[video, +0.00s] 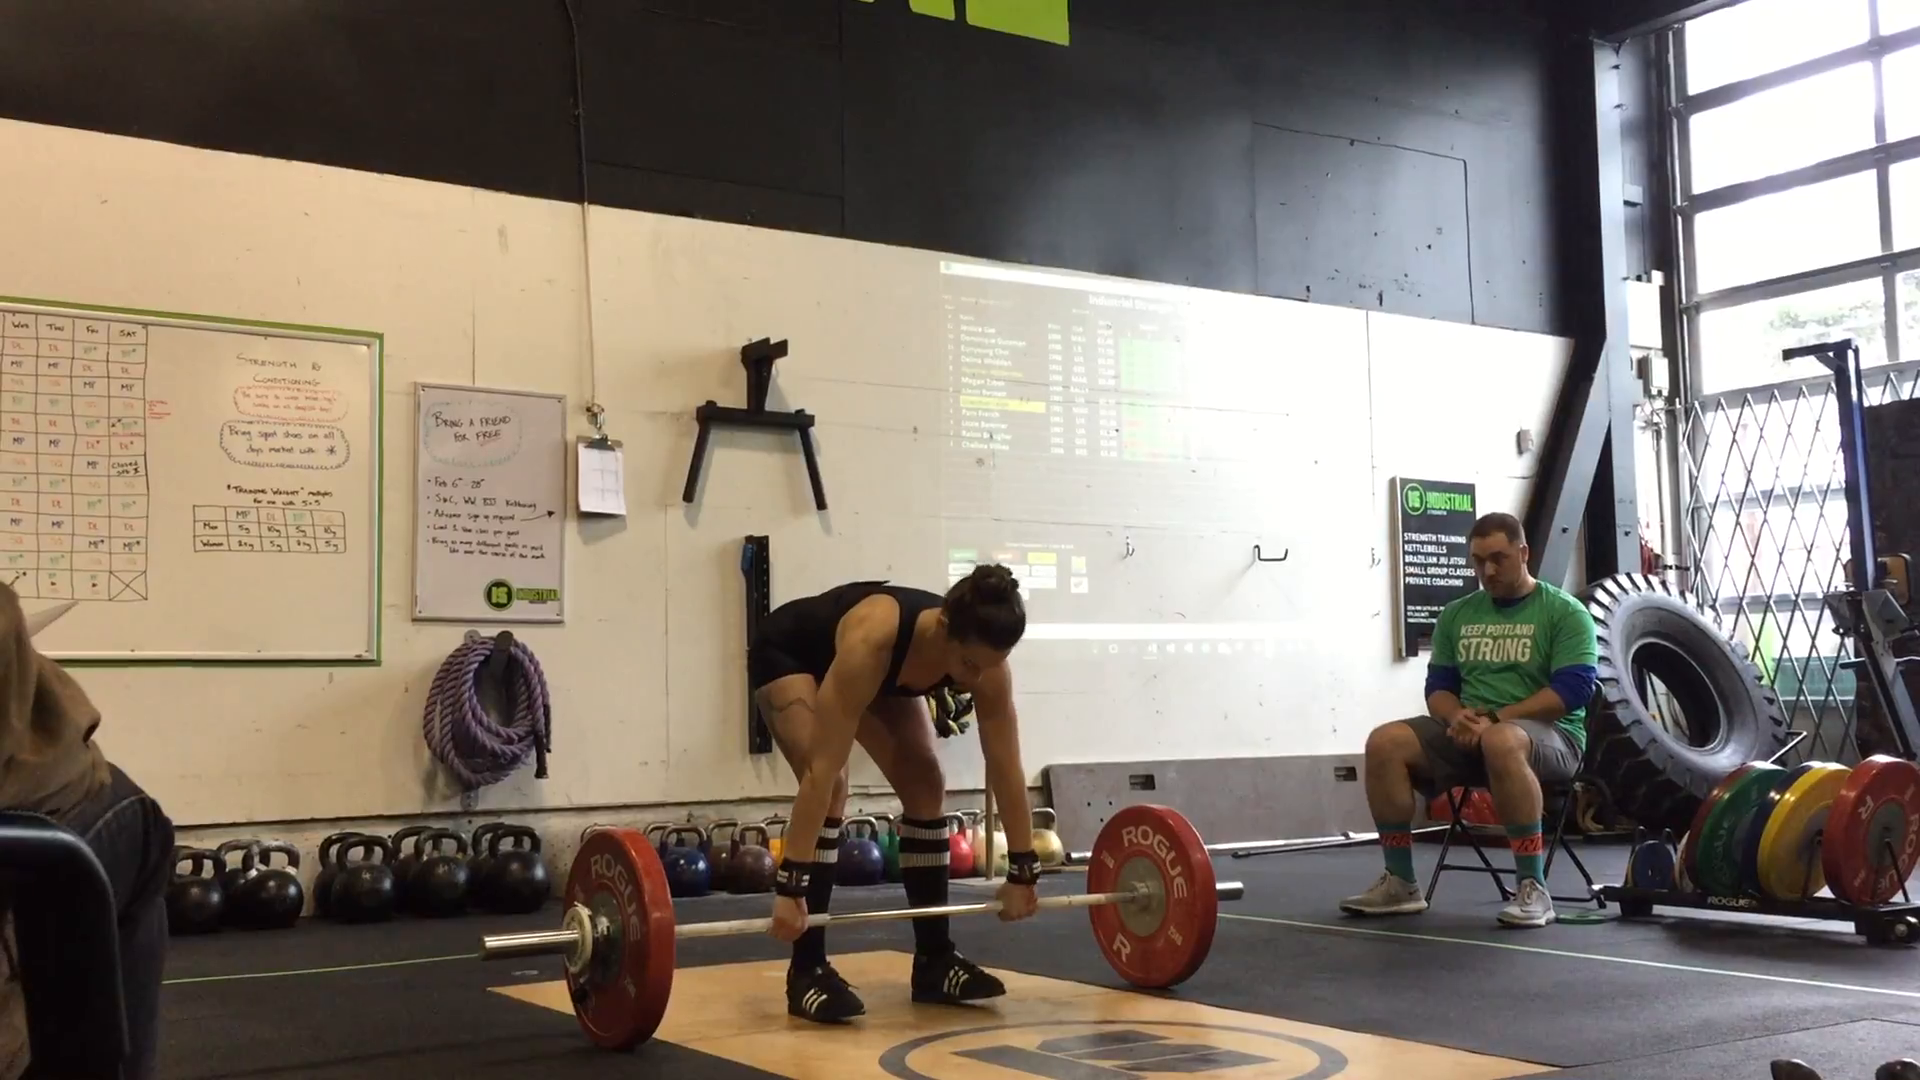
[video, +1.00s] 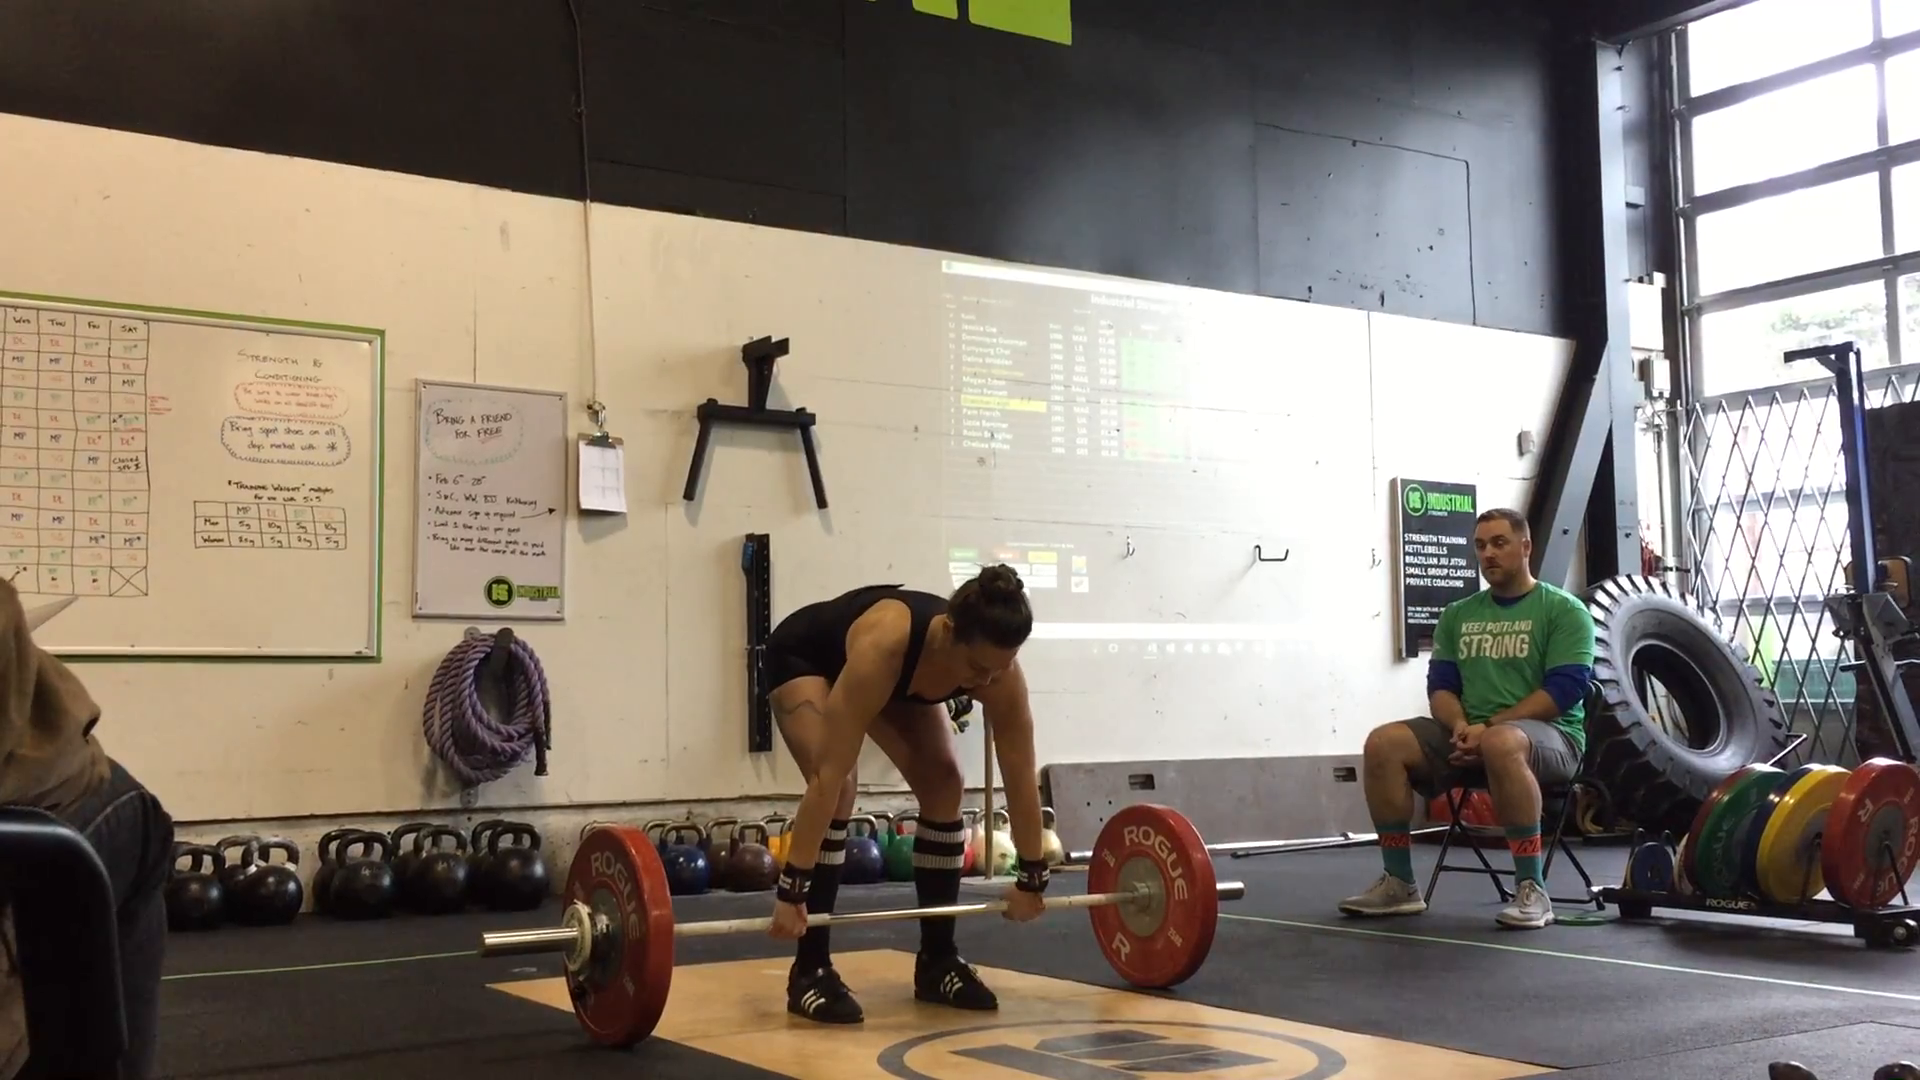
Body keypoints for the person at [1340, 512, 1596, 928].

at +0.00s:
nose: (1488, 571)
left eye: (1497, 559)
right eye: (1479, 561)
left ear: (1524, 553)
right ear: (1471, 561)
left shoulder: (1565, 612)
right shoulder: (1456, 614)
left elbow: (1575, 689)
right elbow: (1438, 687)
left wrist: (1496, 719)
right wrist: (1456, 716)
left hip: (1549, 735)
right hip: (1470, 735)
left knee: (1501, 741)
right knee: (1384, 743)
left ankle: (1532, 889)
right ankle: (1400, 883)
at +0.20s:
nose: (1490, 565)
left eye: (1499, 553)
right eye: (1481, 556)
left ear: (1526, 550)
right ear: (1473, 558)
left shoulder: (1566, 611)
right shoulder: (1457, 614)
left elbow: (1574, 688)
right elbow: (1442, 685)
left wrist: (1492, 711)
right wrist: (1453, 716)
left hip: (1551, 735)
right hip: (1473, 737)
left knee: (1502, 741)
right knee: (1385, 743)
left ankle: (1532, 889)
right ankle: (1401, 883)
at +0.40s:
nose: (1490, 559)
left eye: (1500, 549)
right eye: (1482, 551)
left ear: (1527, 549)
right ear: (1475, 555)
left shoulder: (1566, 611)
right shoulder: (1458, 613)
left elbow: (1573, 692)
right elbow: (1442, 684)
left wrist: (1492, 718)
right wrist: (1455, 719)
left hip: (1551, 735)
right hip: (1472, 736)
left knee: (1502, 742)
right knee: (1385, 744)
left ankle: (1532, 890)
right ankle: (1401, 884)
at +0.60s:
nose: (1490, 555)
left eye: (1500, 545)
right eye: (1483, 547)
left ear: (1528, 547)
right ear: (1477, 554)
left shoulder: (1565, 611)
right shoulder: (1459, 613)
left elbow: (1569, 689)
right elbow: (1441, 683)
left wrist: (1492, 724)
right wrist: (1455, 720)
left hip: (1550, 736)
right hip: (1470, 736)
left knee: (1504, 742)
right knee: (1383, 745)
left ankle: (1531, 890)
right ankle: (1400, 884)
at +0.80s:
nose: (1490, 553)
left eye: (1501, 543)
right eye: (1483, 545)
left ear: (1528, 547)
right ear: (1477, 552)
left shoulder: (1565, 611)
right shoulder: (1458, 612)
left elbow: (1572, 688)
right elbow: (1441, 683)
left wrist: (1497, 723)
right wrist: (1462, 720)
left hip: (1550, 734)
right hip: (1470, 734)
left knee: (1501, 743)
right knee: (1383, 745)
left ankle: (1531, 890)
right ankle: (1399, 884)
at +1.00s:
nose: (1488, 553)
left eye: (1498, 543)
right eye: (1480, 545)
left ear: (1526, 547)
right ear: (1475, 553)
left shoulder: (1564, 611)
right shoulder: (1456, 616)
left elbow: (1566, 689)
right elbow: (1441, 687)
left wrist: (1492, 728)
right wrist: (1459, 724)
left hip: (1549, 734)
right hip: (1469, 735)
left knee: (1501, 743)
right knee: (1382, 745)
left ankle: (1531, 891)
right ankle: (1399, 884)